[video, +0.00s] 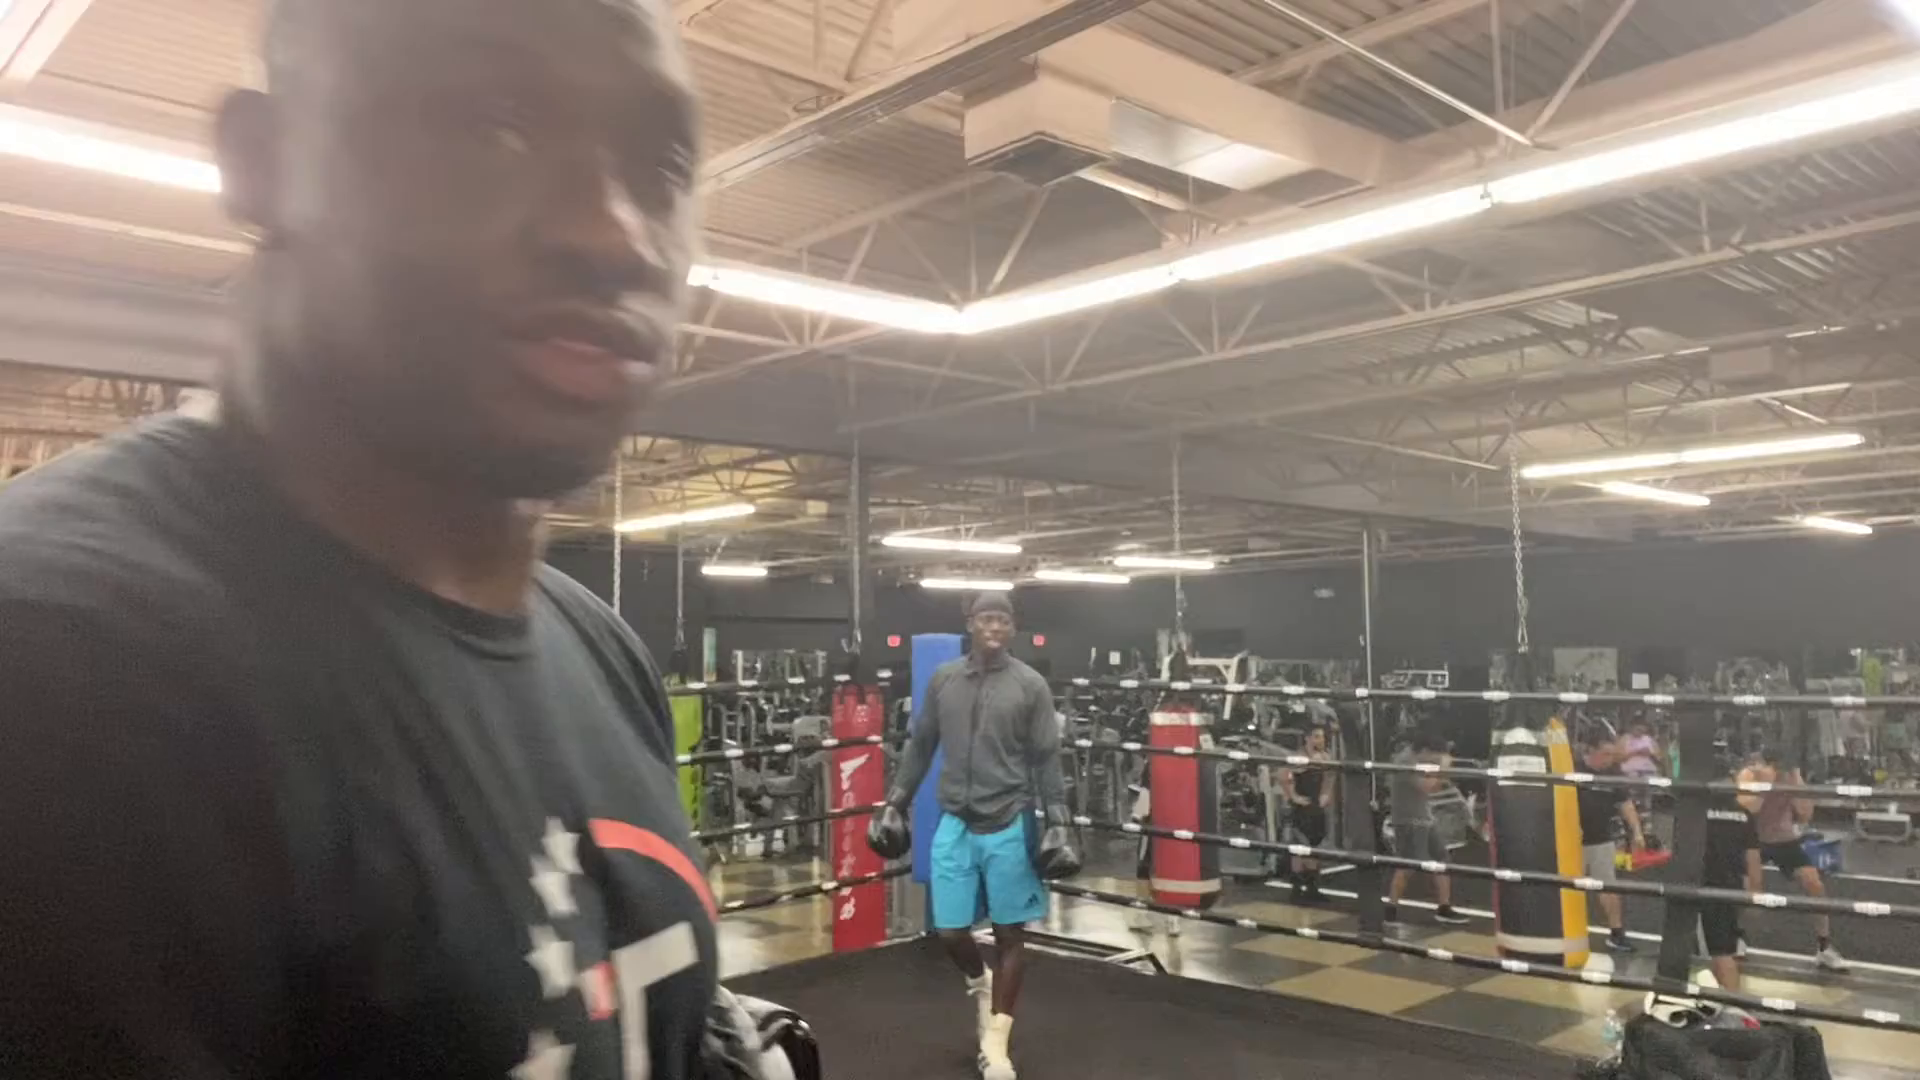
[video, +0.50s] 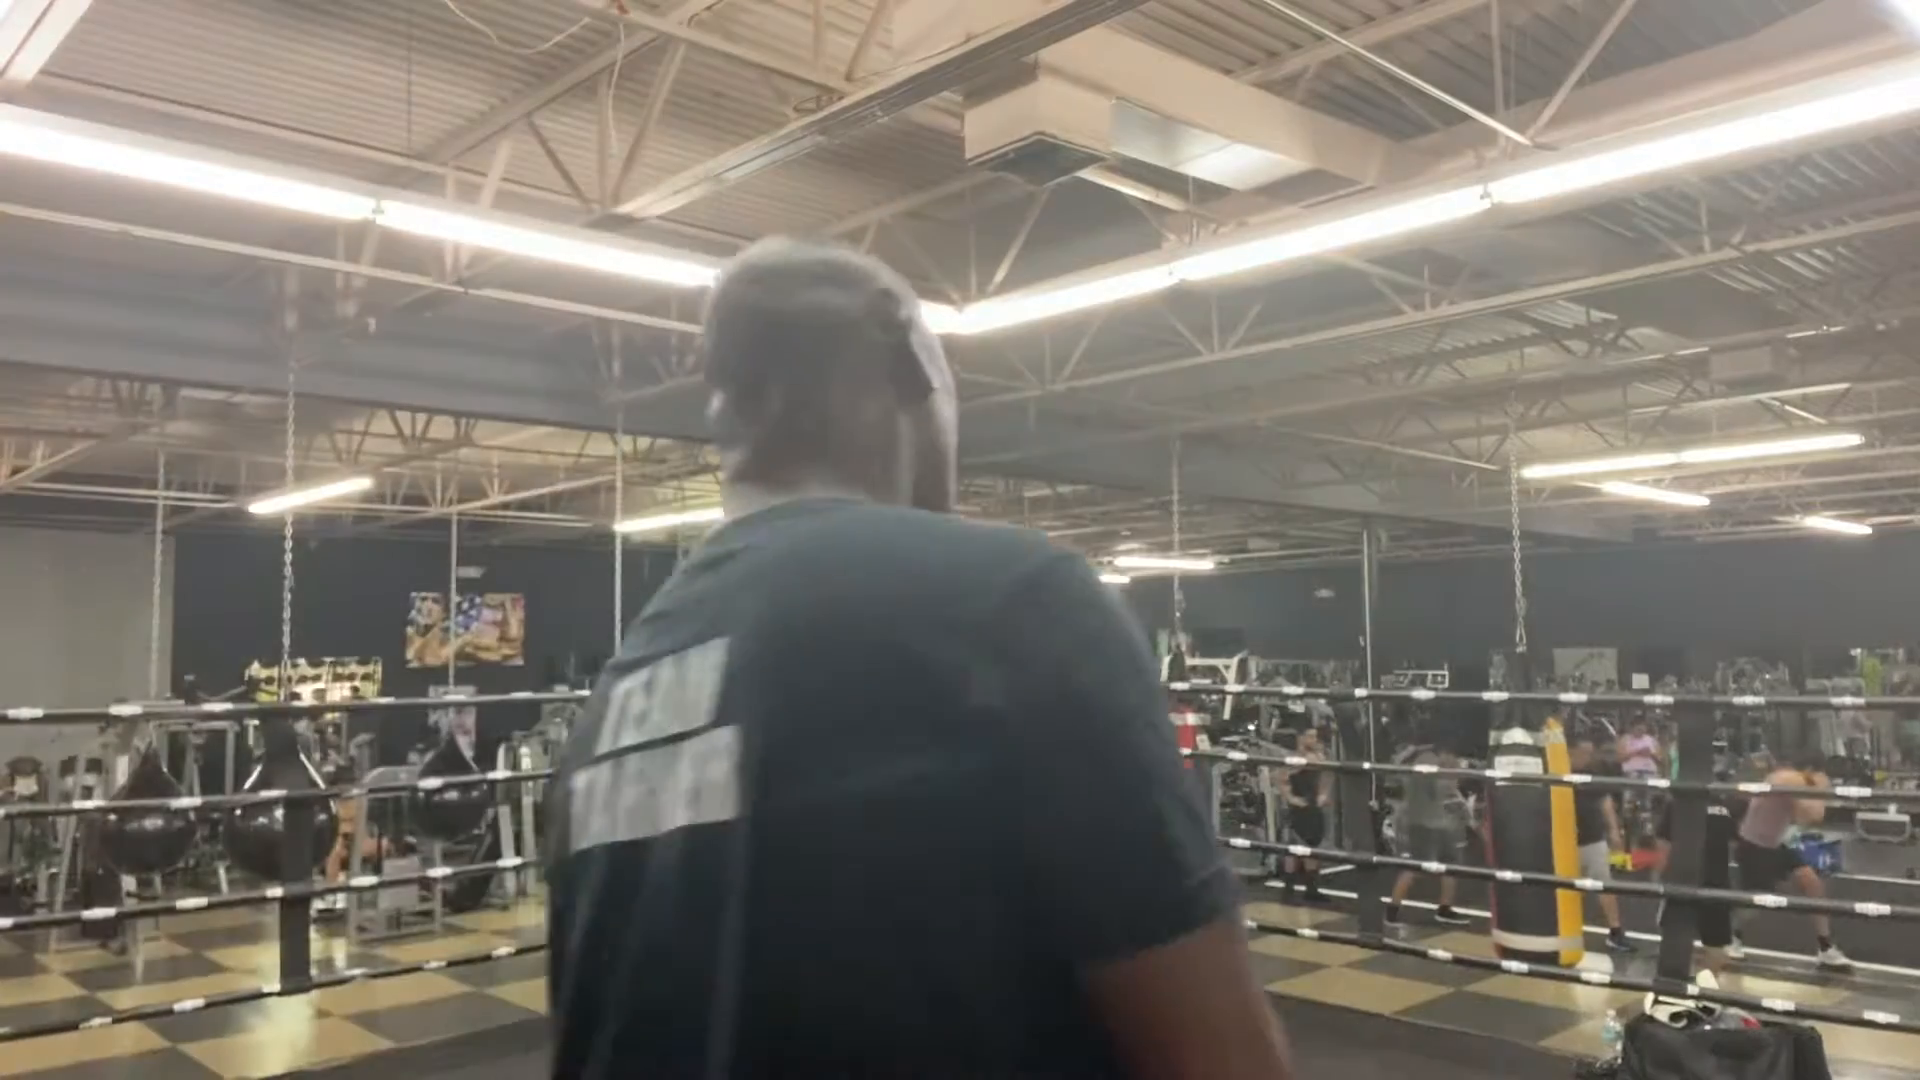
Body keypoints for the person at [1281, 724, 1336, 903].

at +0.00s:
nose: (1320, 741)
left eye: (1322, 737)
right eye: (1316, 736)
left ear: (1325, 740)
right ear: (1307, 739)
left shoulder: (1327, 758)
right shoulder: (1297, 758)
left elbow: (1330, 778)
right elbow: (1285, 777)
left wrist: (1326, 794)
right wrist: (1293, 796)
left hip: (1318, 803)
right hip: (1300, 803)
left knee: (1316, 843)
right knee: (1300, 843)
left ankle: (1313, 883)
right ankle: (1297, 883)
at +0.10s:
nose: (1320, 740)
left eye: (1322, 737)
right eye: (1316, 736)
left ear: (1325, 740)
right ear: (1307, 739)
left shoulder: (1327, 758)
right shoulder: (1297, 758)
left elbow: (1329, 778)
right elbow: (1286, 778)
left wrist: (1326, 795)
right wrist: (1293, 796)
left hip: (1318, 802)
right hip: (1300, 803)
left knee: (1316, 843)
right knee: (1300, 843)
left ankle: (1312, 883)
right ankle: (1295, 883)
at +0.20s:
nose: (1320, 741)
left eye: (1322, 737)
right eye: (1316, 737)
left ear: (1325, 741)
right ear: (1307, 739)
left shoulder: (1327, 760)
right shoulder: (1296, 759)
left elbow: (1330, 779)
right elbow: (1287, 779)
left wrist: (1326, 795)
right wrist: (1294, 796)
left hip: (1318, 803)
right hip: (1300, 803)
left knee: (1315, 844)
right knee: (1299, 843)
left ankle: (1312, 883)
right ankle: (1293, 883)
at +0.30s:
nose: (1317, 741)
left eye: (1319, 737)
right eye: (1313, 737)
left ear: (1322, 740)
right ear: (1304, 739)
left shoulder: (1326, 759)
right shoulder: (1295, 759)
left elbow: (1330, 779)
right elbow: (1285, 782)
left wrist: (1326, 795)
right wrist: (1294, 797)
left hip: (1318, 804)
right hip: (1299, 805)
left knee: (1315, 847)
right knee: (1297, 845)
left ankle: (1311, 885)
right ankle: (1289, 885)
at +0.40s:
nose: (1315, 740)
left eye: (1316, 737)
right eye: (1311, 737)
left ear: (1321, 740)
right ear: (1302, 740)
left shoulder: (1324, 760)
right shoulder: (1294, 759)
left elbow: (1329, 780)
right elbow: (1283, 781)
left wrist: (1325, 795)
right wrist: (1292, 797)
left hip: (1317, 805)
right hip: (1298, 805)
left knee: (1314, 847)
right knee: (1296, 845)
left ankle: (1312, 885)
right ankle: (1289, 885)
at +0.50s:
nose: (1312, 740)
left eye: (1314, 737)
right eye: (1308, 737)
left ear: (1317, 740)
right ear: (1300, 739)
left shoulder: (1321, 759)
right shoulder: (1291, 760)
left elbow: (1326, 780)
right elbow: (1283, 783)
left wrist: (1323, 795)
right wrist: (1293, 799)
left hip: (1314, 805)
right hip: (1296, 806)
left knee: (1313, 847)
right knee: (1294, 846)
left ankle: (1311, 886)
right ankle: (1289, 886)